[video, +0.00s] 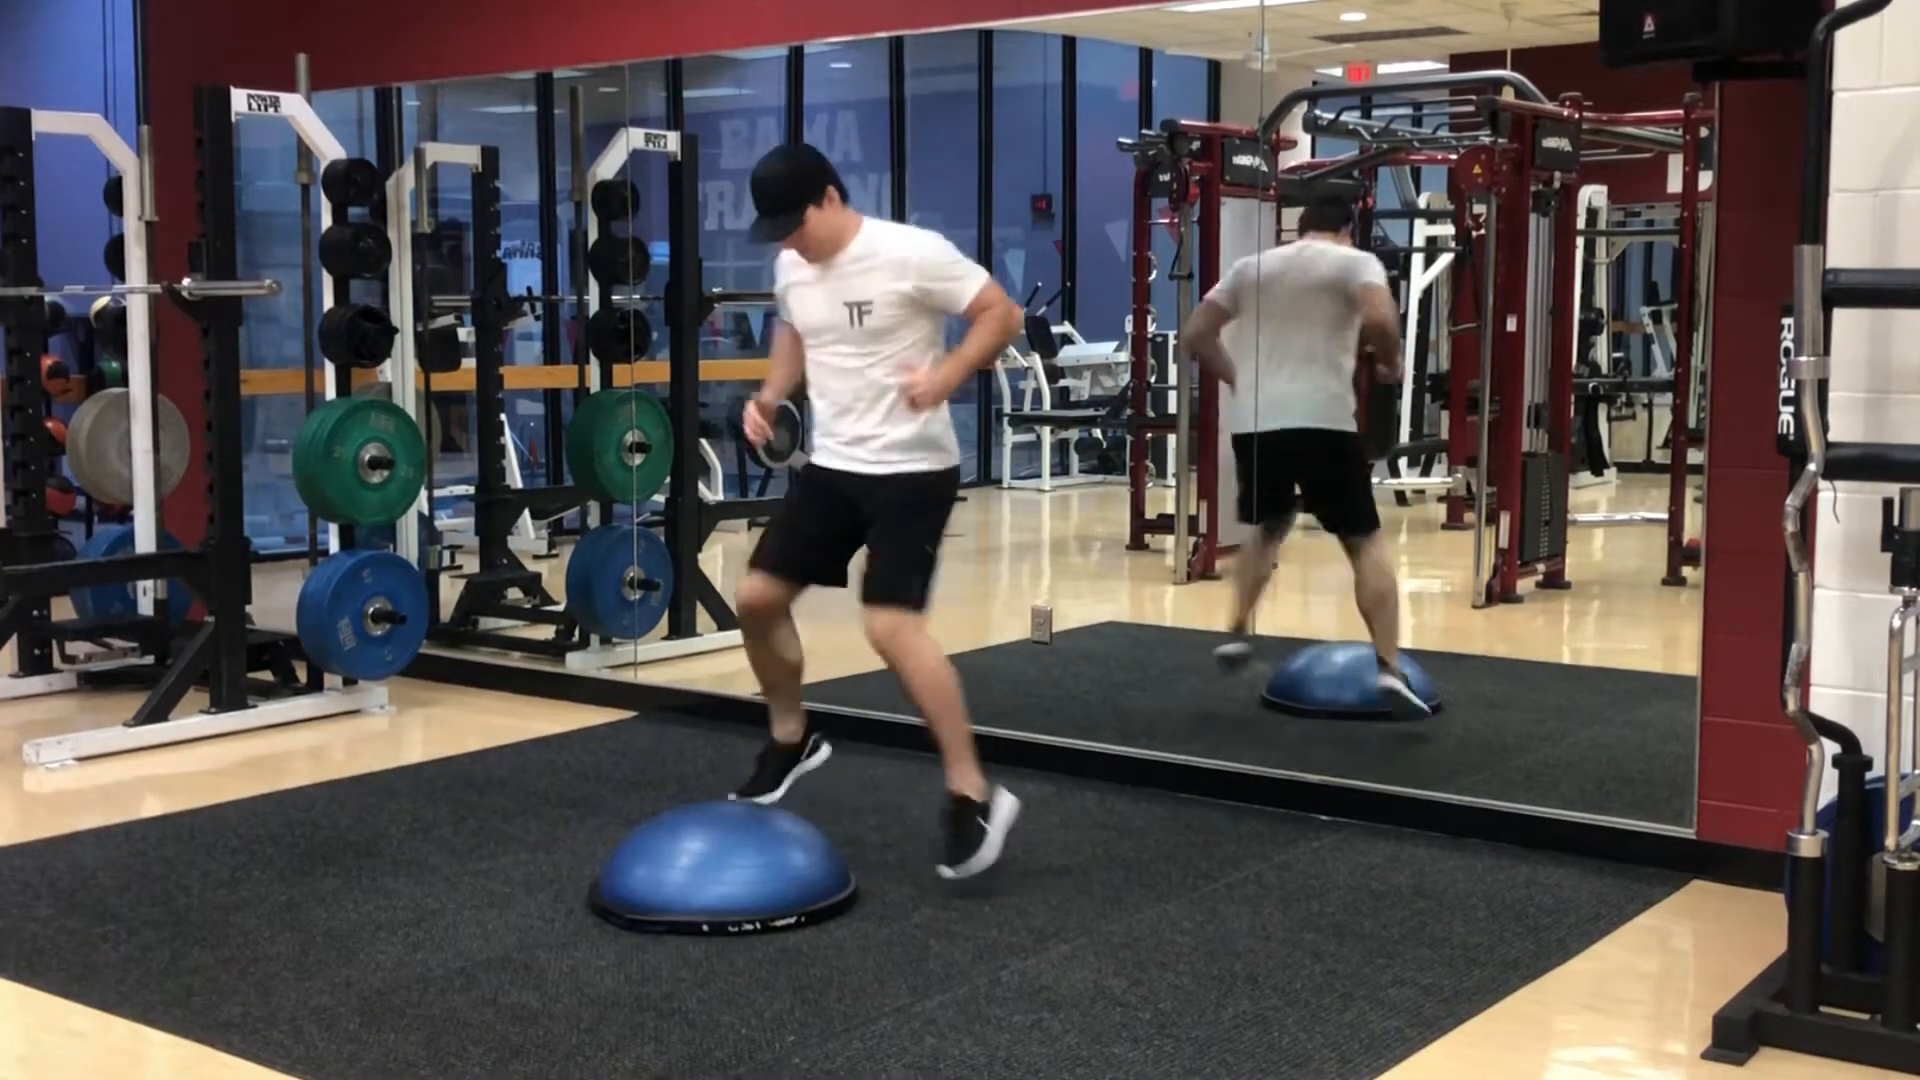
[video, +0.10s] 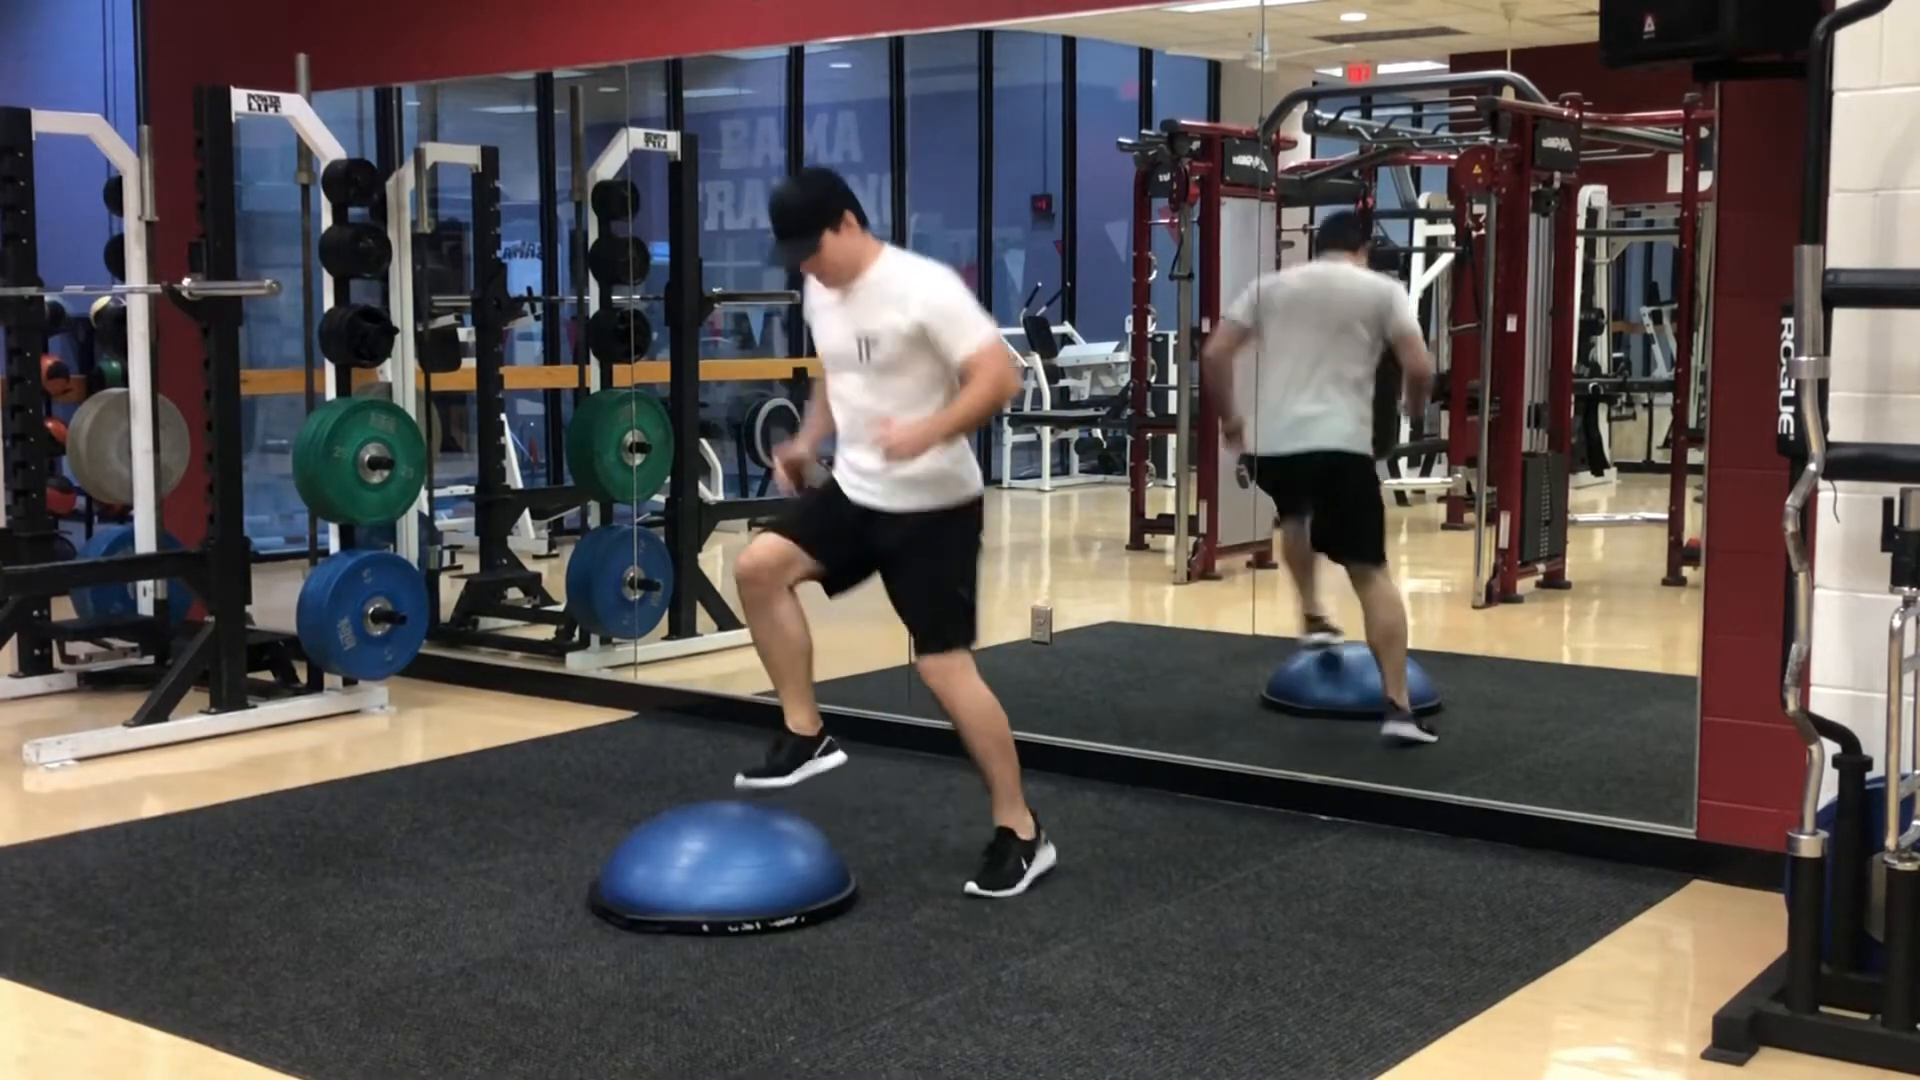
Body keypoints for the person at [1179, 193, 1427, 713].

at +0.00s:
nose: (1354, 239)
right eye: (1354, 231)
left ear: (1301, 224)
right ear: (1346, 228)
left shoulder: (1249, 267)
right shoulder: (1357, 262)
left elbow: (1195, 335)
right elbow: (1379, 319)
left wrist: (1239, 378)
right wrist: (1390, 363)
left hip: (1254, 425)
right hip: (1324, 424)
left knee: (1267, 527)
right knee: (1367, 546)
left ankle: (1237, 630)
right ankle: (1389, 668)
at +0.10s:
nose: (1370, 259)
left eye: (1365, 252)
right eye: (1369, 251)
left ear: (1315, 248)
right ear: (1362, 249)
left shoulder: (1269, 286)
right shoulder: (1384, 290)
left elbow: (1214, 353)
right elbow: (1420, 367)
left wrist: (1229, 418)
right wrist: (1414, 405)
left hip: (1275, 448)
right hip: (1344, 449)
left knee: (1293, 518)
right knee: (1372, 575)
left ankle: (1312, 617)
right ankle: (1399, 709)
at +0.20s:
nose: (1379, 279)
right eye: (1381, 272)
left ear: (1329, 267)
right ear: (1375, 270)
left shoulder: (1283, 310)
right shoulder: (1394, 315)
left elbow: (1229, 373)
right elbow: (1428, 402)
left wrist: (1241, 437)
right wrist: (1395, 393)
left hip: (1279, 469)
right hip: (1353, 472)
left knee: (1313, 533)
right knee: (1391, 592)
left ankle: (1333, 621)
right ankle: (1399, 716)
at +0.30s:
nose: (1374, 257)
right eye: (1375, 249)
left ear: (1324, 243)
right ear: (1370, 247)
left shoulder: (1279, 282)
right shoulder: (1390, 288)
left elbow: (1226, 351)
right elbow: (1427, 367)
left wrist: (1265, 383)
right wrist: (1381, 358)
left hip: (1276, 449)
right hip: (1346, 453)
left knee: (1294, 517)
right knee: (1373, 580)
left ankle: (1287, 620)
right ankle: (1396, 710)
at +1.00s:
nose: (1366, 270)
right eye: (1368, 263)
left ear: (1315, 260)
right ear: (1364, 261)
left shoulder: (1273, 300)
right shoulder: (1385, 304)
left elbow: (1224, 372)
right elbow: (1412, 396)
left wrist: (1236, 437)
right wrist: (1373, 422)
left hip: (1273, 459)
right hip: (1344, 459)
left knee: (1307, 527)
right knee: (1372, 585)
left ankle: (1332, 638)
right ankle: (1381, 714)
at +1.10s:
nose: (1365, 269)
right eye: (1367, 262)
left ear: (1315, 256)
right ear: (1363, 261)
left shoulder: (1273, 296)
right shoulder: (1384, 302)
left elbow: (1219, 363)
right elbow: (1406, 390)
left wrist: (1241, 417)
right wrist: (1370, 381)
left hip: (1272, 461)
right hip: (1341, 463)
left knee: (1297, 530)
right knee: (1370, 591)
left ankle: (1304, 633)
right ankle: (1380, 715)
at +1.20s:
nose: (1358, 241)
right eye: (1358, 233)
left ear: (1305, 227)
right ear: (1351, 231)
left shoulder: (1259, 266)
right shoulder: (1367, 270)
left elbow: (1207, 331)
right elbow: (1393, 349)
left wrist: (1244, 377)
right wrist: (1362, 368)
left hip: (1258, 431)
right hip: (1329, 433)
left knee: (1274, 524)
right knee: (1360, 557)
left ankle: (1238, 636)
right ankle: (1372, 677)